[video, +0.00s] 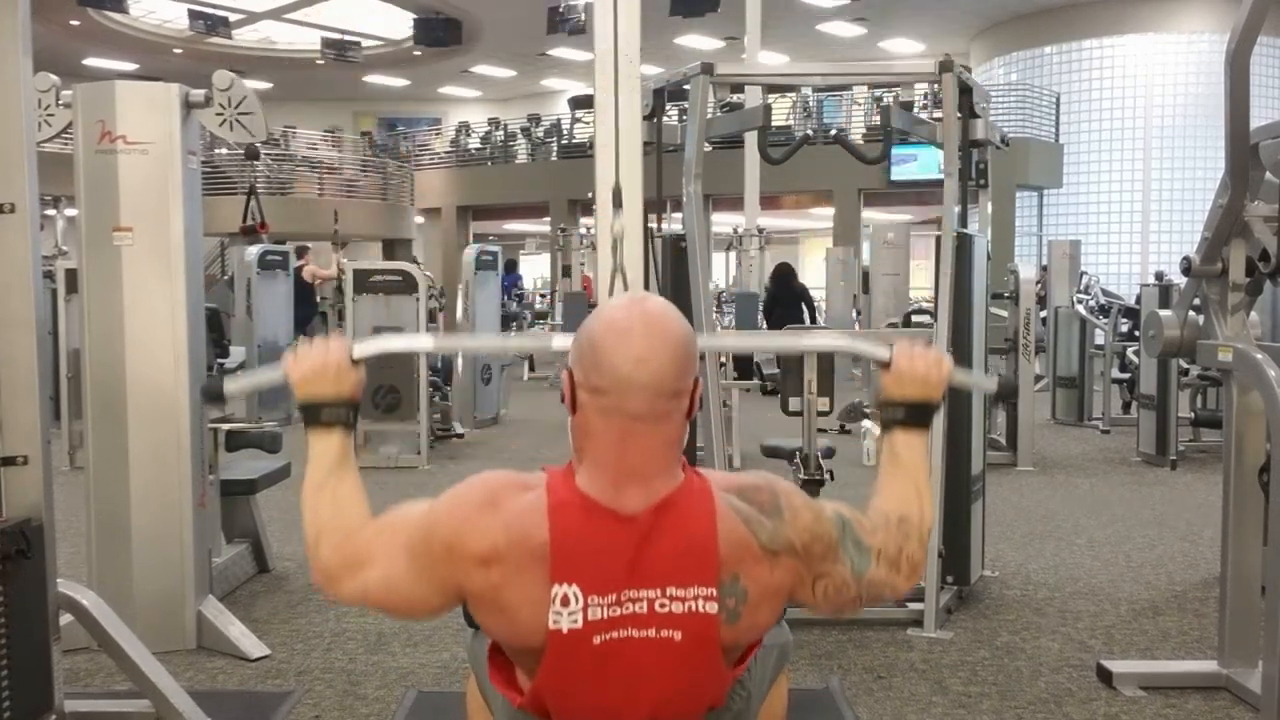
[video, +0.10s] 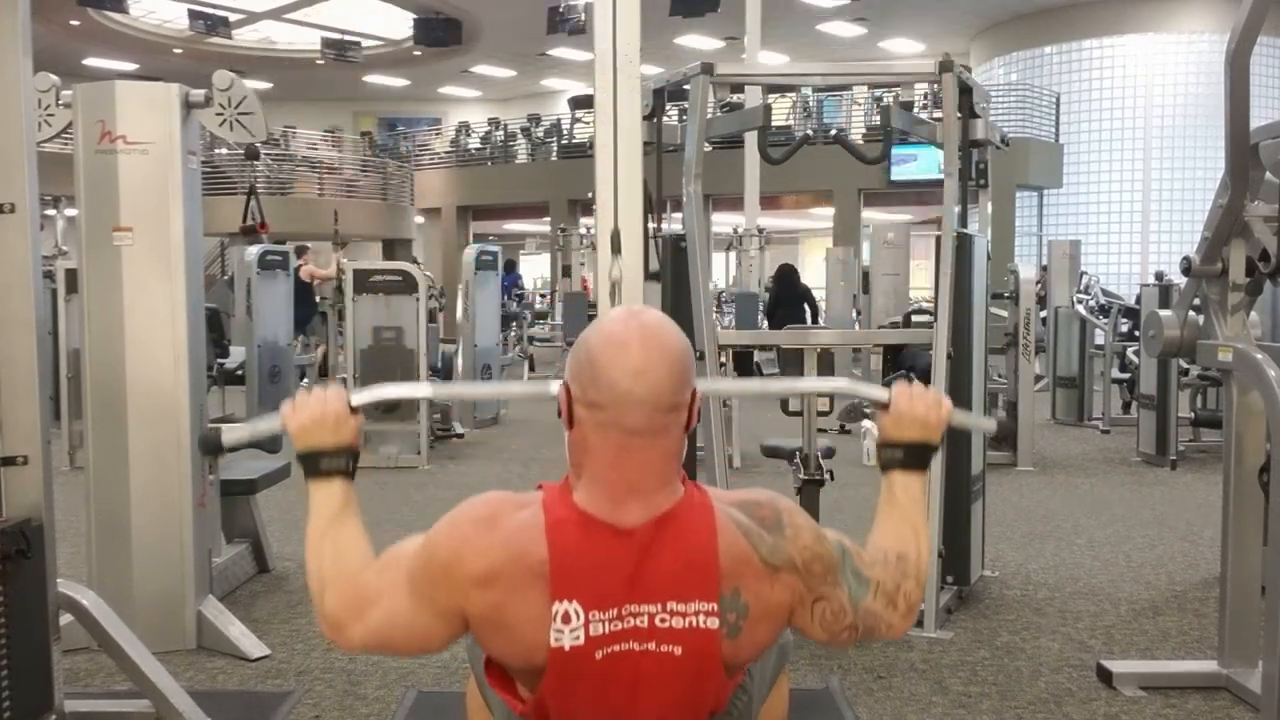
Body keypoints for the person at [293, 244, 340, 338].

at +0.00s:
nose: (311, 257)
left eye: (310, 254)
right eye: (309, 254)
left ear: (298, 256)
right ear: (305, 256)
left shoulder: (294, 269)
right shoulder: (309, 269)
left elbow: (305, 287)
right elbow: (333, 274)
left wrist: (320, 280)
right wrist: (335, 259)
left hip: (297, 309)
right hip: (309, 309)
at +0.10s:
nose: (310, 257)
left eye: (309, 254)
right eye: (308, 254)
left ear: (298, 256)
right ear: (304, 255)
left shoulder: (293, 269)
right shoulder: (308, 269)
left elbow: (307, 286)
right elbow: (331, 274)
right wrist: (335, 260)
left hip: (296, 311)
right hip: (309, 311)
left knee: (302, 343)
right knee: (321, 342)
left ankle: (301, 375)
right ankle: (310, 376)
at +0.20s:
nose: (310, 257)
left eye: (309, 255)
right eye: (309, 255)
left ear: (298, 257)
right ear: (305, 256)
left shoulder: (293, 270)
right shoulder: (307, 269)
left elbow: (307, 287)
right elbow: (330, 274)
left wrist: (321, 280)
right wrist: (335, 260)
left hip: (296, 312)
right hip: (309, 312)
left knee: (302, 345)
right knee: (317, 344)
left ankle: (301, 382)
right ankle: (312, 382)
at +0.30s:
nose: (311, 258)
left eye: (310, 255)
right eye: (309, 255)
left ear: (298, 257)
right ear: (305, 256)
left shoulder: (294, 270)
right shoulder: (306, 269)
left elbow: (309, 286)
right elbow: (330, 274)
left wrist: (326, 278)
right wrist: (335, 260)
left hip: (297, 312)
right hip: (309, 312)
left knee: (301, 346)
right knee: (313, 347)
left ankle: (301, 382)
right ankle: (313, 382)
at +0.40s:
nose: (312, 258)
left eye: (311, 255)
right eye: (310, 256)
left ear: (299, 257)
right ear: (305, 257)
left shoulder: (295, 270)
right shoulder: (307, 269)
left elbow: (310, 285)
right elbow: (330, 275)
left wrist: (327, 279)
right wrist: (335, 261)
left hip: (297, 312)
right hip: (309, 312)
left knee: (301, 346)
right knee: (314, 347)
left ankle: (301, 382)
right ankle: (313, 382)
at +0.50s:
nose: (313, 258)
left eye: (313, 255)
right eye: (312, 256)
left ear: (300, 257)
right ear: (307, 257)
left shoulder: (294, 269)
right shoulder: (308, 270)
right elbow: (331, 276)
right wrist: (336, 261)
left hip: (297, 312)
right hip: (310, 312)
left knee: (300, 346)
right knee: (314, 347)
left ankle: (301, 382)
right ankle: (312, 382)